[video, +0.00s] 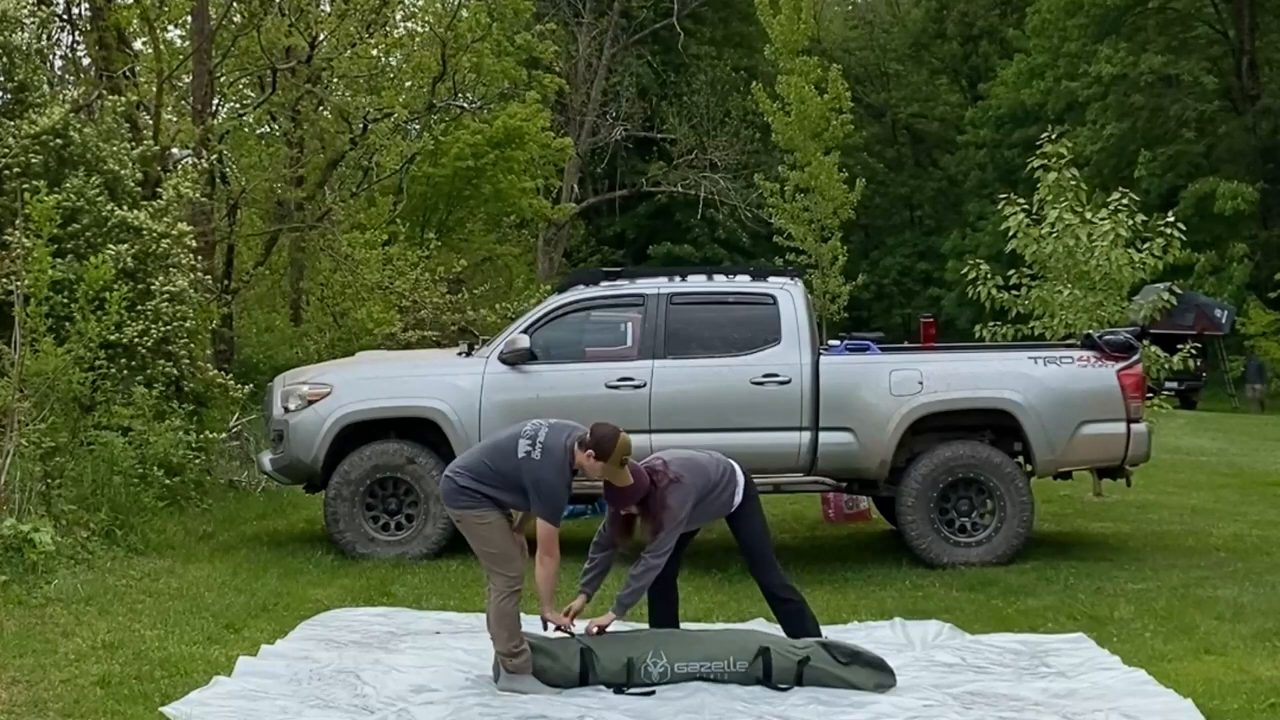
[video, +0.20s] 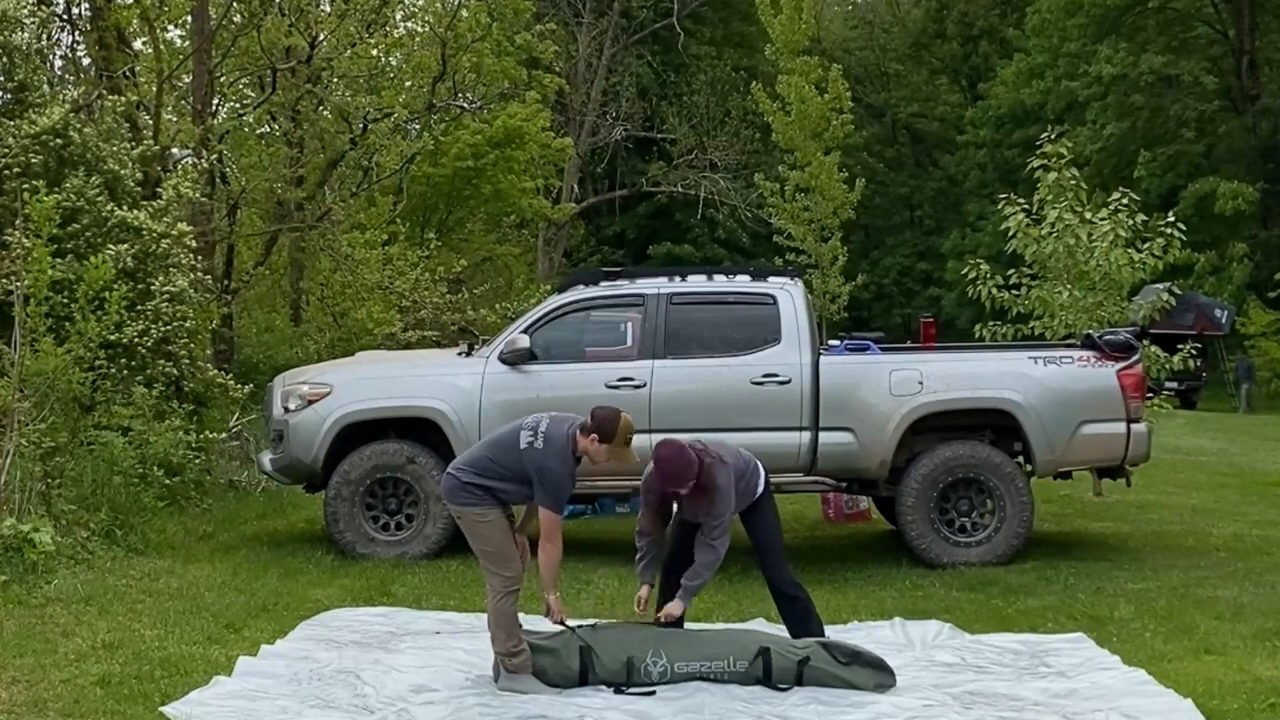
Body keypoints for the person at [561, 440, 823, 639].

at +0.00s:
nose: (625, 514)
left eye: (629, 508)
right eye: (620, 509)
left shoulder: (673, 490)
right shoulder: (620, 486)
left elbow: (655, 557)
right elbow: (606, 541)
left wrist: (615, 613)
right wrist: (583, 595)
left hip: (734, 488)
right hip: (687, 501)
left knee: (768, 577)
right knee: (662, 575)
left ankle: (815, 649)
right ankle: (666, 652)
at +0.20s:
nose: (681, 491)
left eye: (685, 485)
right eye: (674, 487)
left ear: (694, 473)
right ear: (658, 475)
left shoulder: (716, 474)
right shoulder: (653, 476)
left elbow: (713, 545)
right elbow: (649, 529)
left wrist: (681, 599)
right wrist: (646, 581)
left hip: (749, 489)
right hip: (697, 499)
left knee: (777, 576)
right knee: (672, 572)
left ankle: (816, 649)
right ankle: (667, 645)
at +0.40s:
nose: (795, 492)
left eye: (800, 487)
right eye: (790, 487)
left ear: (808, 475)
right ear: (774, 478)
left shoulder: (813, 485)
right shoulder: (741, 481)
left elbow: (837, 538)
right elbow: (742, 543)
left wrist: (858, 599)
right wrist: (771, 596)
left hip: (792, 509)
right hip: (740, 508)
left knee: (820, 572)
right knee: (704, 566)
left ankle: (833, 645)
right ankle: (673, 638)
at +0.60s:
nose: (870, 525)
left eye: (877, 520)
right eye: (867, 517)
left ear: (886, 515)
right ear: (856, 505)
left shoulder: (878, 515)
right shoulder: (817, 502)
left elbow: (884, 573)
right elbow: (807, 567)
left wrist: (896, 638)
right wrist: (840, 615)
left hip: (824, 511)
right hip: (770, 496)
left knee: (847, 574)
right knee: (729, 571)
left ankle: (846, 644)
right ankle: (685, 640)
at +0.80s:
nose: (882, 532)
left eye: (888, 527)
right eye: (879, 524)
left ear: (894, 522)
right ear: (865, 511)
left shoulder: (884, 522)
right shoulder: (828, 507)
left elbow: (886, 578)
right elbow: (821, 575)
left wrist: (895, 644)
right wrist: (853, 624)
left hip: (825, 514)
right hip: (775, 496)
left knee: (852, 578)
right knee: (730, 572)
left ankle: (847, 651)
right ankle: (684, 641)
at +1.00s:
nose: (889, 538)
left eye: (896, 533)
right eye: (886, 529)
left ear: (903, 528)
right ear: (873, 516)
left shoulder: (888, 525)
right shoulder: (836, 511)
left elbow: (893, 586)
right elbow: (826, 582)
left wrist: (901, 650)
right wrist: (861, 626)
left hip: (828, 516)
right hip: (776, 499)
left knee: (853, 581)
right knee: (729, 576)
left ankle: (848, 657)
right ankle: (687, 642)